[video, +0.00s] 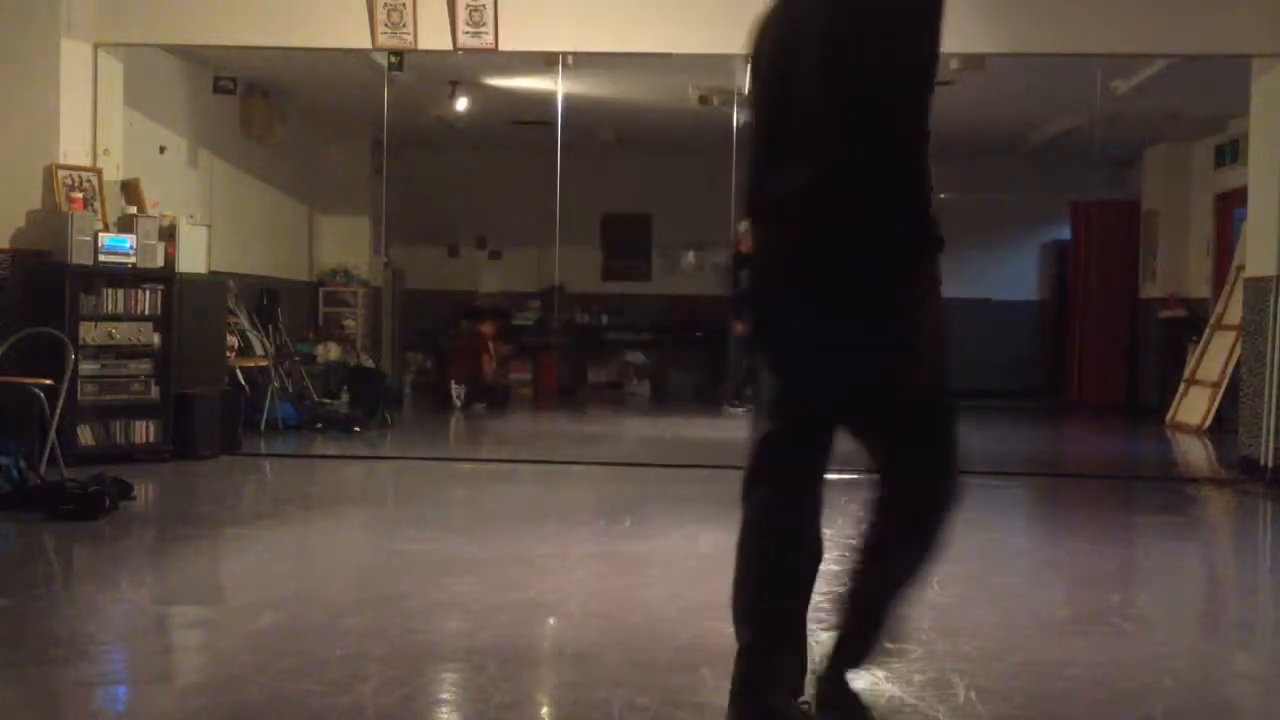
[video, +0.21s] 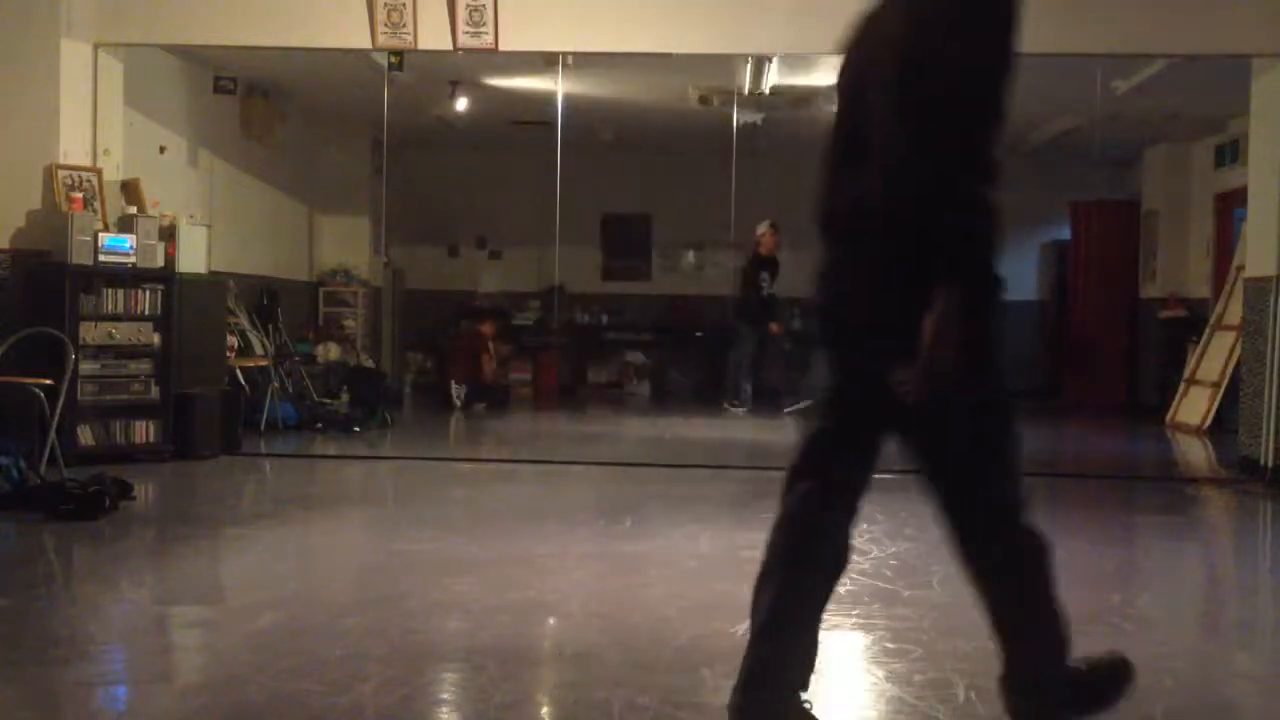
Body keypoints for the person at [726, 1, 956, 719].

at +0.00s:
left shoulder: (784, 20)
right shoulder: (907, 18)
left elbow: (766, 164)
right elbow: (894, 163)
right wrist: (919, 277)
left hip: (789, 288)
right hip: (872, 294)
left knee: (783, 489)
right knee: (921, 477)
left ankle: (762, 695)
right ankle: (840, 667)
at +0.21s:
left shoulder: (880, 24)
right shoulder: (975, 14)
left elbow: (854, 168)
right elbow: (958, 155)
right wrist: (952, 292)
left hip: (861, 290)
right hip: (928, 297)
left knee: (821, 496)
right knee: (983, 494)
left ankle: (765, 694)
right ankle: (1039, 675)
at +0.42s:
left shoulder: (977, 35)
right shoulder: (1069, 32)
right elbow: (1049, 188)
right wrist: (1060, 313)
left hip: (983, 315)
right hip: (1056, 319)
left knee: (976, 485)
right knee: (1089, 496)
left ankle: (853, 614)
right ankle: (1052, 676)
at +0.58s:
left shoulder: (1015, 43)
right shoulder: (1138, 21)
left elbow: (1013, 190)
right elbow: (1145, 166)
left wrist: (1029, 299)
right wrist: (1171, 283)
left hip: (1056, 293)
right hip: (1115, 297)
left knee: (1096, 461)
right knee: (1108, 479)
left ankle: (1014, 618)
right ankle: (1051, 673)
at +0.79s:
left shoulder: (1090, 64)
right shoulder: (1225, 51)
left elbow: (1070, 208)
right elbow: (1262, 189)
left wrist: (1067, 331)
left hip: (1097, 305)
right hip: (1178, 305)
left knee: (1180, 491)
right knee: (1127, 491)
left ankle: (1255, 656)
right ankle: (1053, 671)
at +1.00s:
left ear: (1206, 9)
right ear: (1259, 4)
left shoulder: (1166, 79)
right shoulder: (1265, 62)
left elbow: (1155, 224)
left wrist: (1163, 342)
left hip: (1201, 324)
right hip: (1257, 324)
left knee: (1256, 495)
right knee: (1251, 492)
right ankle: (1117, 628)